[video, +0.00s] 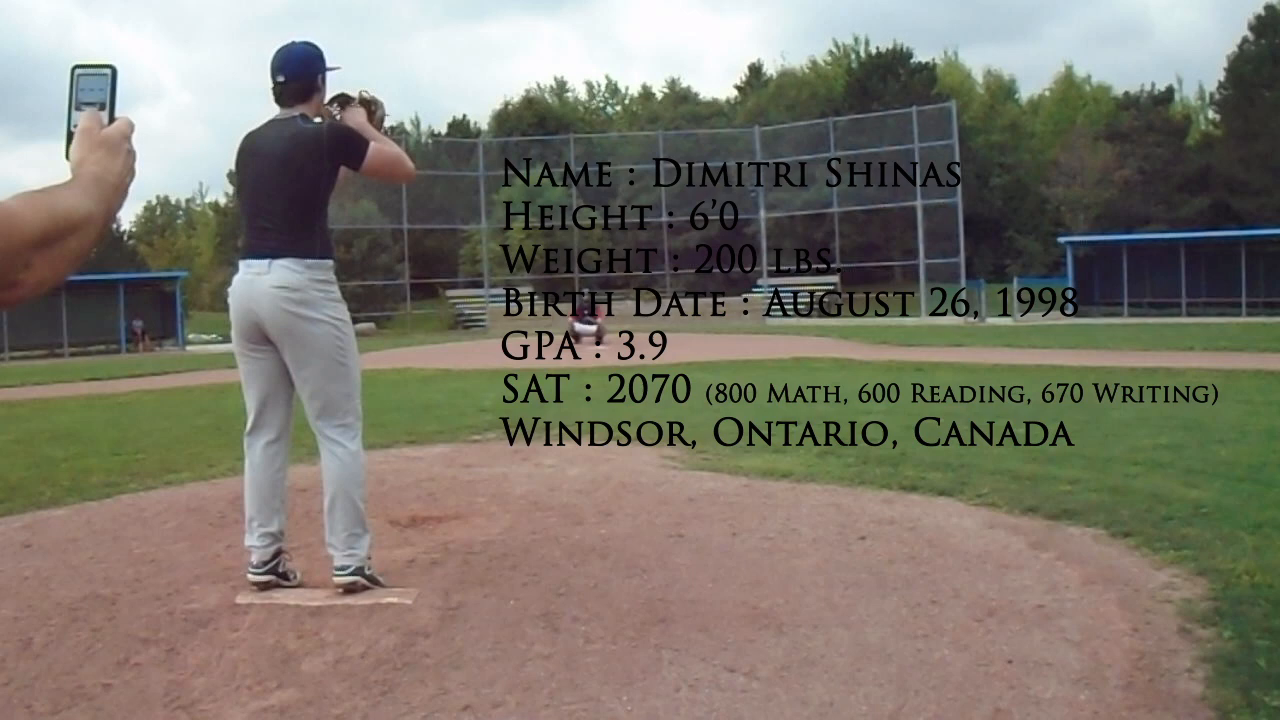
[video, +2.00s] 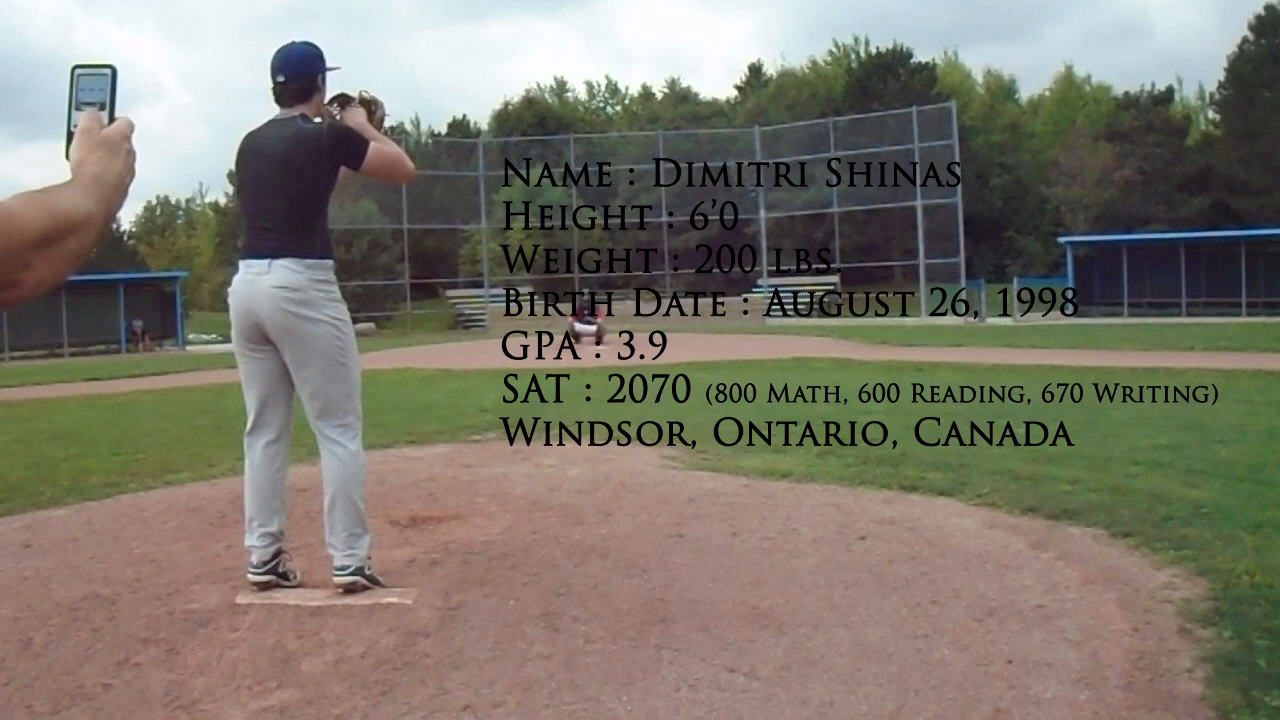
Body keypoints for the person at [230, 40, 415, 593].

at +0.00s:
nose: (327, 88)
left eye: (322, 81)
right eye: (325, 81)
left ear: (275, 88)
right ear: (320, 86)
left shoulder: (250, 143)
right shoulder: (327, 135)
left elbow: (301, 185)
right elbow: (402, 167)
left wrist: (327, 131)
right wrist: (362, 125)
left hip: (246, 288)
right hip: (303, 286)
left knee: (264, 430)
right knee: (338, 429)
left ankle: (263, 558)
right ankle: (350, 561)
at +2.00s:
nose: (327, 88)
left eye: (322, 81)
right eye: (325, 81)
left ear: (275, 88)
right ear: (320, 86)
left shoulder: (250, 143)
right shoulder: (327, 135)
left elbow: (301, 185)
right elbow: (402, 167)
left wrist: (327, 131)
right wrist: (362, 125)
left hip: (246, 288)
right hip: (303, 286)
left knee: (264, 430)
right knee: (338, 429)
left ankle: (263, 558)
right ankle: (350, 561)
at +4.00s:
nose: (327, 88)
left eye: (322, 81)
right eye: (325, 81)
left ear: (275, 88)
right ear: (320, 86)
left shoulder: (250, 143)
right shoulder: (327, 135)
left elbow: (301, 185)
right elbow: (402, 167)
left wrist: (327, 131)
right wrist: (362, 125)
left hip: (246, 288)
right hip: (303, 286)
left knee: (264, 430)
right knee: (338, 429)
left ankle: (263, 558)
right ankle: (350, 561)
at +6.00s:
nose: (327, 88)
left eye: (322, 81)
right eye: (325, 81)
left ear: (275, 88)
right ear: (320, 86)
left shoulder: (250, 143)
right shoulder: (327, 135)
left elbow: (301, 185)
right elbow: (402, 167)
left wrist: (327, 131)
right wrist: (362, 125)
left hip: (246, 288)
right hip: (303, 286)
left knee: (264, 430)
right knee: (338, 429)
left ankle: (263, 558)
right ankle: (350, 561)